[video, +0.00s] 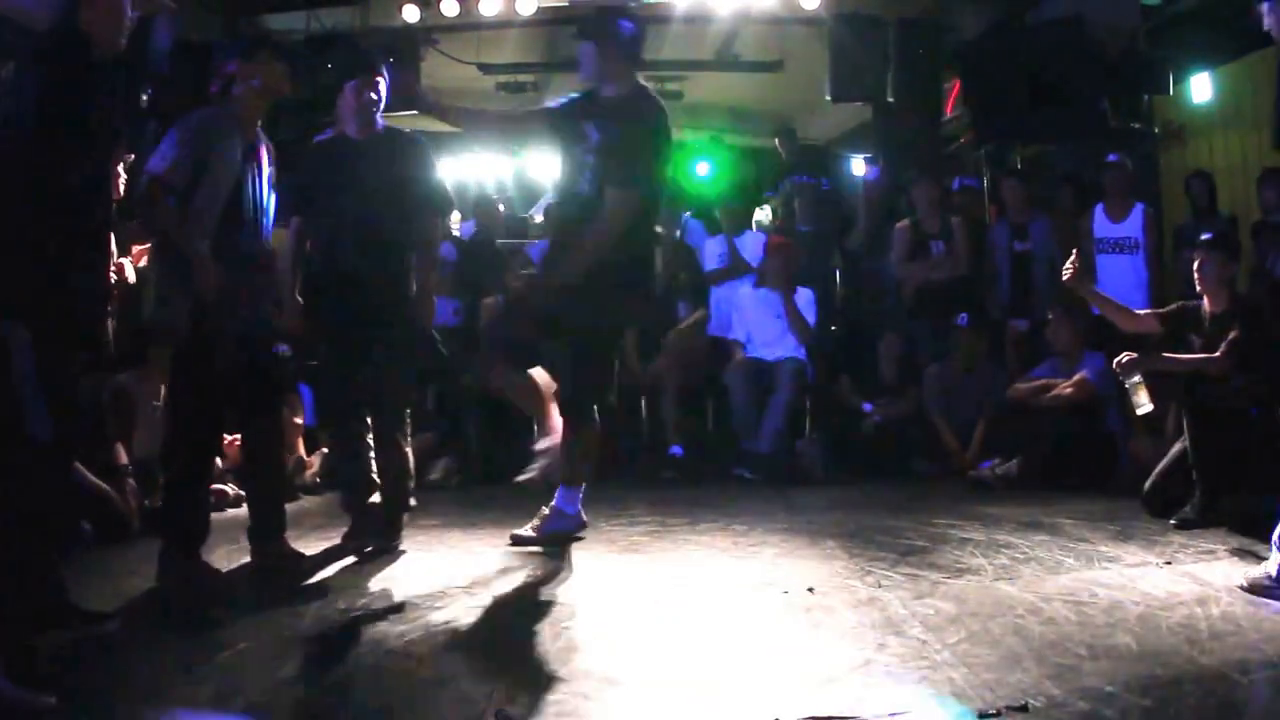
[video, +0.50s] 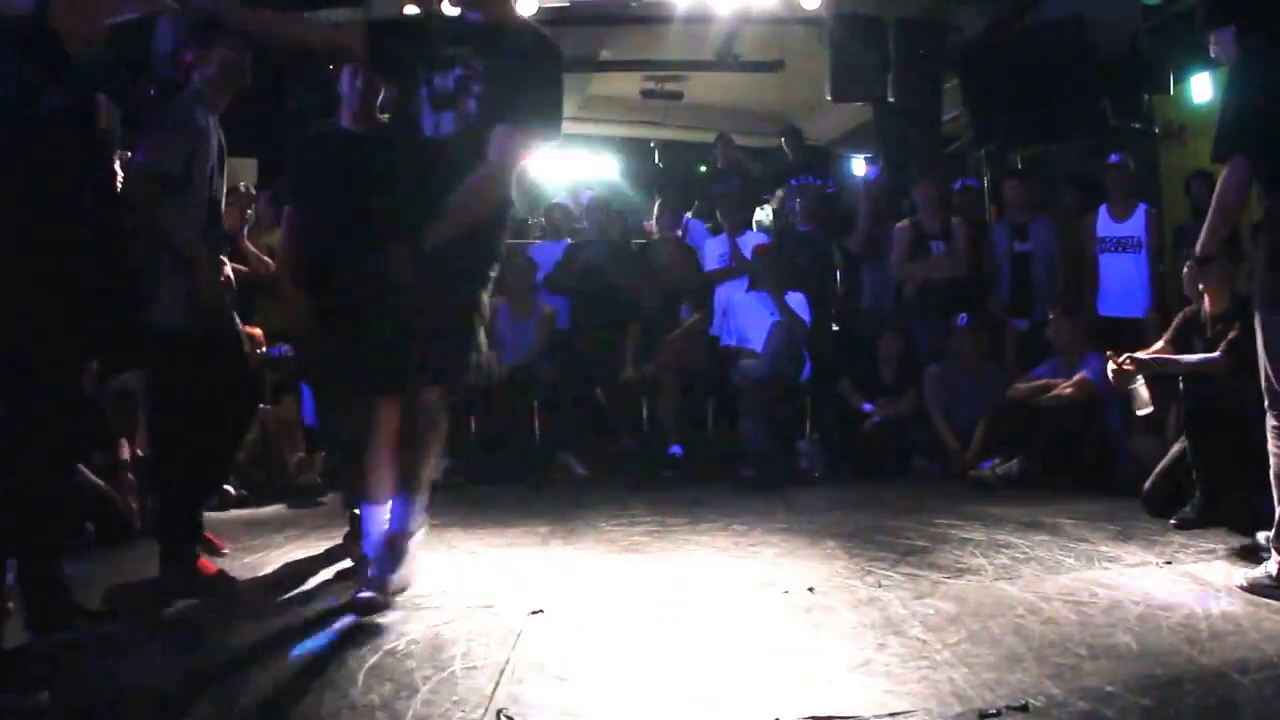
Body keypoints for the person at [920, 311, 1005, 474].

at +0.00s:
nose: (965, 345)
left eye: (970, 339)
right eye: (960, 339)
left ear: (980, 343)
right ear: (952, 342)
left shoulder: (987, 374)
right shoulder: (936, 374)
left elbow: (985, 417)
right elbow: (936, 415)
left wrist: (972, 454)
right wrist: (956, 452)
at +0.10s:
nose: (961, 344)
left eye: (967, 338)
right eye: (957, 337)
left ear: (979, 341)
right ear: (951, 339)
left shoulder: (987, 373)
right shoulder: (936, 374)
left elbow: (986, 415)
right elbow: (936, 415)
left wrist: (972, 454)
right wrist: (956, 452)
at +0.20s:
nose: (964, 344)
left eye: (969, 339)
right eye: (959, 338)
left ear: (979, 340)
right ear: (952, 339)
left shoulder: (987, 372)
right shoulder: (936, 373)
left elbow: (986, 414)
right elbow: (936, 413)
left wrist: (972, 454)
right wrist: (956, 452)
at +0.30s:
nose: (964, 346)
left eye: (969, 340)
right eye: (959, 339)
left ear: (979, 342)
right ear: (952, 340)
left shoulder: (988, 373)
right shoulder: (936, 373)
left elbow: (985, 415)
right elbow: (936, 414)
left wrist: (972, 454)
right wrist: (955, 451)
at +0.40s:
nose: (963, 345)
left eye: (968, 339)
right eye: (958, 339)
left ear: (978, 342)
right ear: (951, 340)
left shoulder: (989, 373)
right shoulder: (936, 373)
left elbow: (985, 416)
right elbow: (936, 414)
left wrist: (972, 454)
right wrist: (955, 451)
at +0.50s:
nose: (963, 345)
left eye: (969, 339)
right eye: (958, 339)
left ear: (978, 342)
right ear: (951, 341)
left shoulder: (989, 373)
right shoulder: (936, 373)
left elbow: (985, 416)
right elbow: (936, 414)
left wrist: (972, 455)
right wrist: (955, 451)